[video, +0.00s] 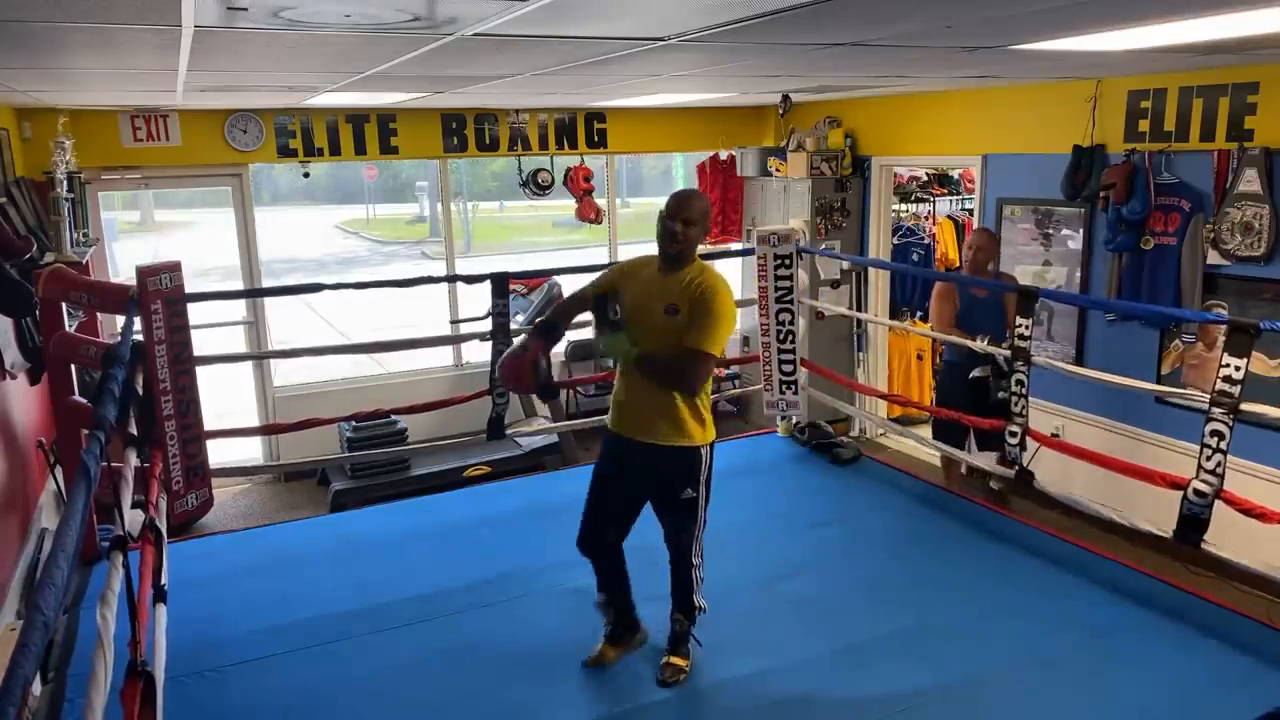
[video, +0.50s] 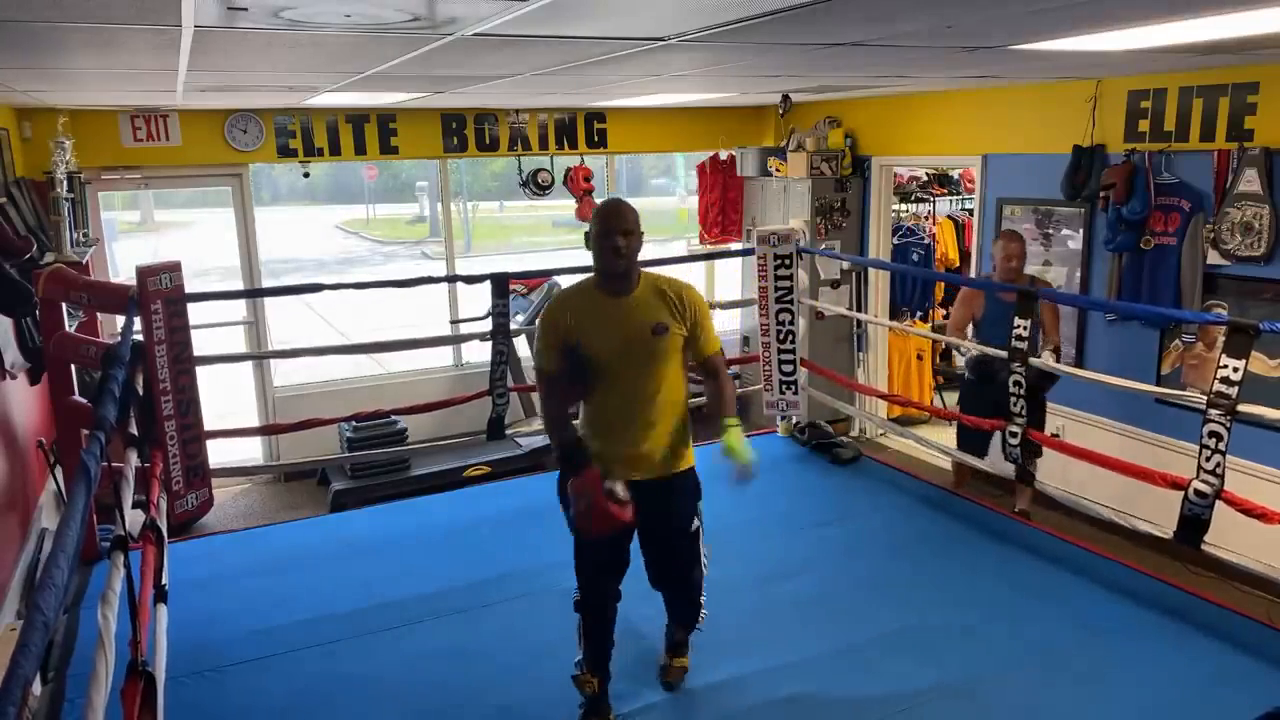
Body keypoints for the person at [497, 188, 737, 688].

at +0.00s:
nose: (673, 228)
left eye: (686, 222)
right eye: (668, 218)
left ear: (706, 233)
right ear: (658, 221)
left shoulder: (712, 292)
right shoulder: (629, 274)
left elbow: (692, 377)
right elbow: (571, 307)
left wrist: (627, 349)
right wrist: (532, 346)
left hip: (682, 445)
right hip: (625, 437)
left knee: (682, 551)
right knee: (597, 539)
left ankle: (680, 646)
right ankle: (624, 629)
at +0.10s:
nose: (668, 235)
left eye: (681, 228)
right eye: (662, 224)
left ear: (698, 234)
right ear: (649, 225)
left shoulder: (708, 294)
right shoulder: (619, 278)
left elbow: (686, 382)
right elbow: (564, 337)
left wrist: (623, 352)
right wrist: (543, 379)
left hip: (681, 452)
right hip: (620, 445)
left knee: (683, 557)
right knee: (604, 559)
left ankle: (679, 644)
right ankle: (598, 668)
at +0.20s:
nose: (660, 241)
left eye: (672, 233)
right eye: (653, 230)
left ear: (687, 240)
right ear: (638, 231)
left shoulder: (703, 301)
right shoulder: (605, 288)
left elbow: (698, 389)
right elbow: (573, 364)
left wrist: (628, 367)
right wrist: (571, 407)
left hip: (680, 460)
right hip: (616, 455)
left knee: (683, 563)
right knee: (605, 573)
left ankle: (679, 643)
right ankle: (595, 689)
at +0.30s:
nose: (650, 245)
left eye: (661, 235)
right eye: (641, 234)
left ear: (674, 240)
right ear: (625, 237)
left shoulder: (698, 303)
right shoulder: (594, 298)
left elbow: (710, 391)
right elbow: (571, 374)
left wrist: (641, 386)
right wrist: (578, 428)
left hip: (674, 468)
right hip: (607, 466)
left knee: (680, 567)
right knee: (602, 582)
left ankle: (679, 643)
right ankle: (598, 688)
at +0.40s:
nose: (633, 243)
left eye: (643, 234)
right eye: (623, 233)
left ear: (656, 239)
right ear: (606, 238)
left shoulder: (688, 301)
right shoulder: (575, 306)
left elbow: (723, 374)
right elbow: (560, 389)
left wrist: (692, 419)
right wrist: (582, 450)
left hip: (672, 471)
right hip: (604, 471)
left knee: (677, 572)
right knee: (598, 588)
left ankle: (678, 642)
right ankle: (595, 690)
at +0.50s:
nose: (618, 244)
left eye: (627, 234)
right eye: (607, 235)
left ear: (642, 239)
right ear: (589, 241)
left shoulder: (681, 300)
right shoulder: (562, 314)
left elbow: (717, 371)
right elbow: (552, 406)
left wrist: (731, 429)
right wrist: (580, 470)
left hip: (670, 475)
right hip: (598, 479)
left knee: (683, 582)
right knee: (597, 594)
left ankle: (679, 640)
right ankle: (596, 694)